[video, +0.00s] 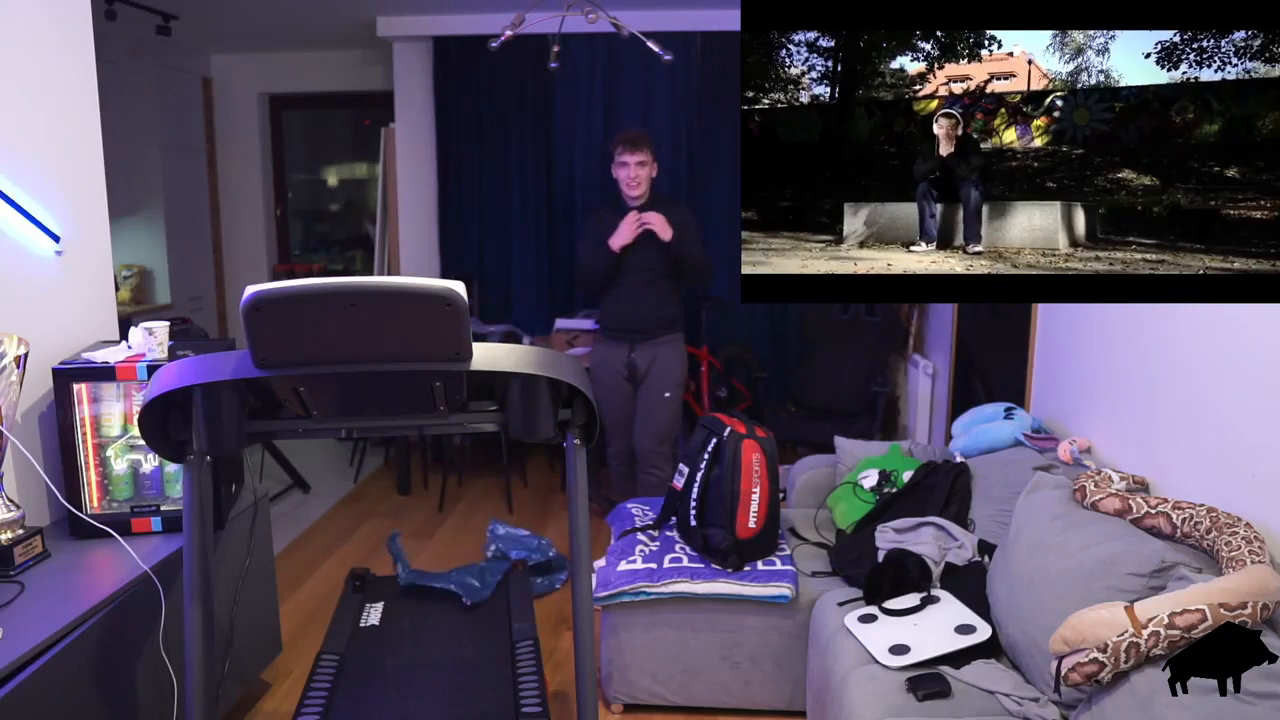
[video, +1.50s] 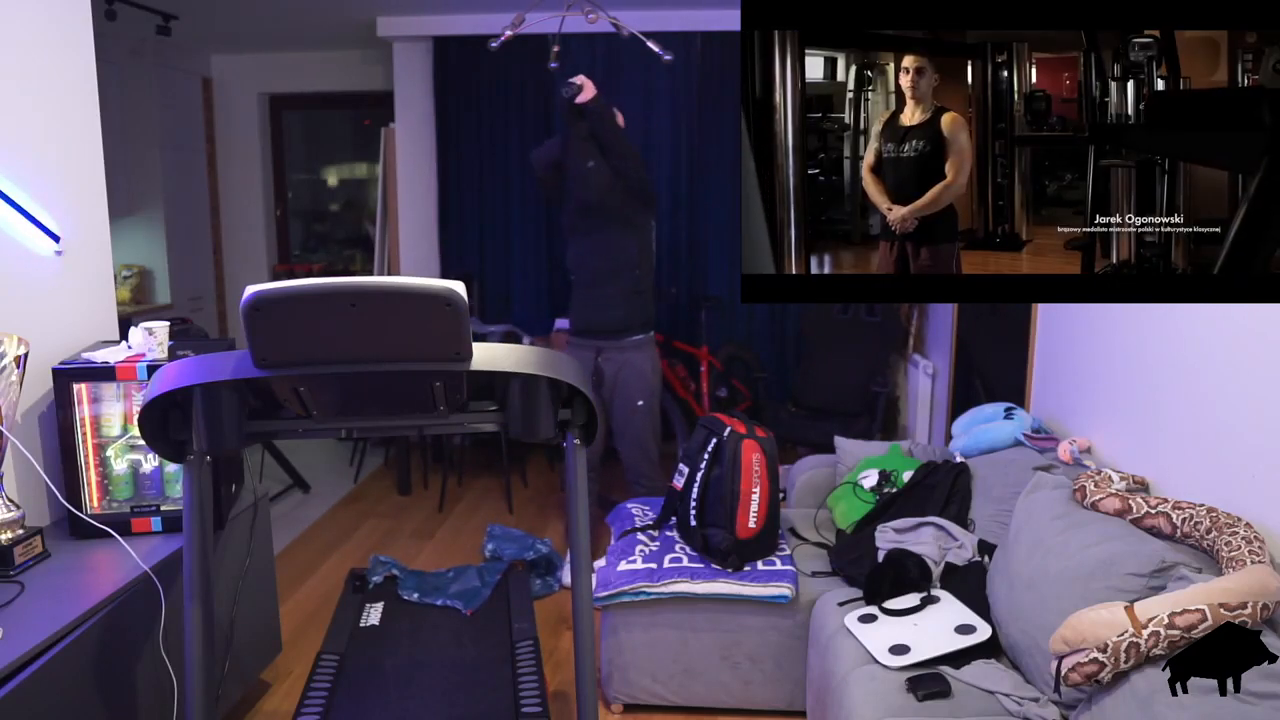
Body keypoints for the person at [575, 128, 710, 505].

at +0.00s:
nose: (632, 174)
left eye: (640, 165)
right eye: (623, 165)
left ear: (654, 169)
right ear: (613, 172)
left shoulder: (675, 217)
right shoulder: (601, 220)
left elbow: (699, 274)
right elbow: (587, 282)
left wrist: (671, 237)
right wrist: (613, 243)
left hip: (664, 347)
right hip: (610, 348)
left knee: (652, 449)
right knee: (618, 450)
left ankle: (655, 538)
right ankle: (625, 536)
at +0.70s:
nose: (643, 173)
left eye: (653, 165)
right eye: (639, 165)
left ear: (673, 173)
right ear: (631, 173)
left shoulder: (685, 205)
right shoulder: (624, 203)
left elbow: (676, 237)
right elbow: (582, 221)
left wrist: (654, 181)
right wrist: (603, 178)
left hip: (660, 350)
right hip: (610, 348)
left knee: (654, 454)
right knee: (599, 453)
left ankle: (658, 549)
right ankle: (592, 545)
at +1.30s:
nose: (612, 160)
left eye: (620, 150)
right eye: (604, 150)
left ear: (635, 152)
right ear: (596, 153)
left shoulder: (656, 195)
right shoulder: (587, 192)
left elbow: (656, 161)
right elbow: (539, 177)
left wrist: (623, 115)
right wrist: (590, 161)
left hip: (645, 347)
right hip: (592, 345)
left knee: (650, 461)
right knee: (586, 459)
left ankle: (652, 559)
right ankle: (581, 551)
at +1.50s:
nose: (616, 132)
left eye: (616, 127)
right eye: (609, 126)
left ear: (621, 137)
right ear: (596, 132)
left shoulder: (637, 192)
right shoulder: (571, 190)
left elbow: (618, 151)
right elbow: (544, 160)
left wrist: (593, 106)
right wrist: (579, 120)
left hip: (630, 341)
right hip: (580, 339)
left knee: (639, 452)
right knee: (580, 451)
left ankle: (651, 547)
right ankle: (581, 547)